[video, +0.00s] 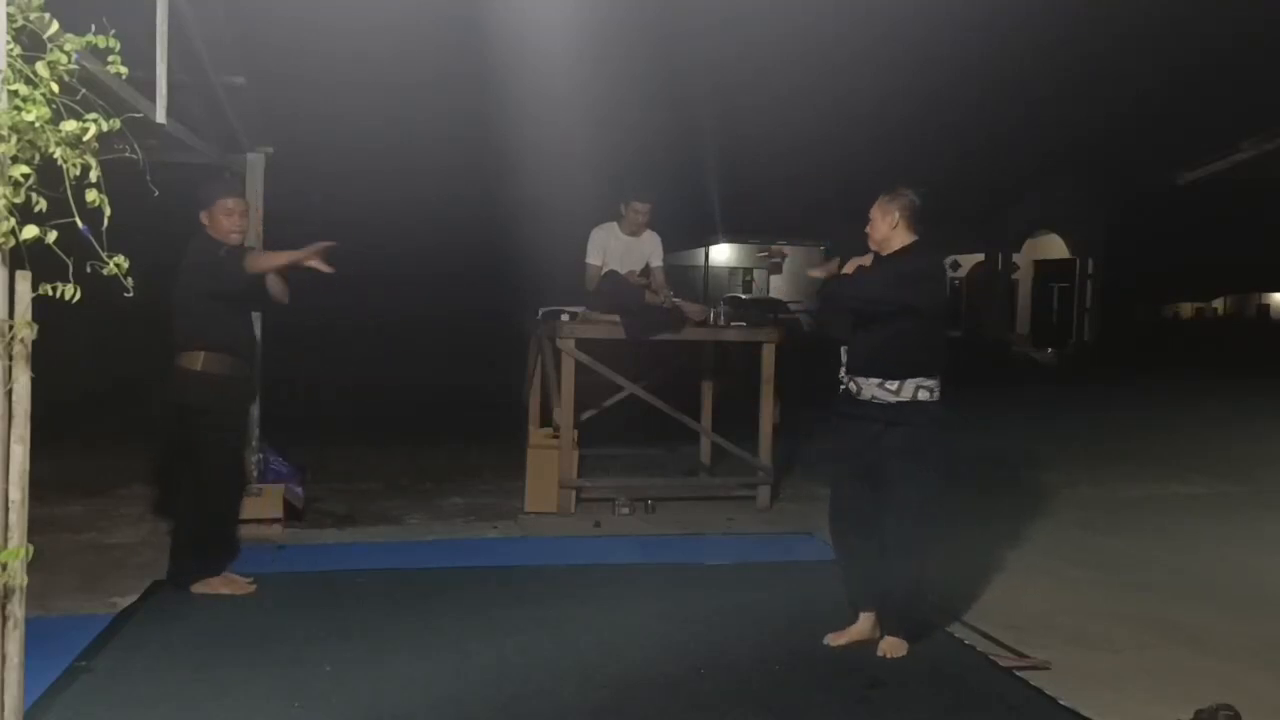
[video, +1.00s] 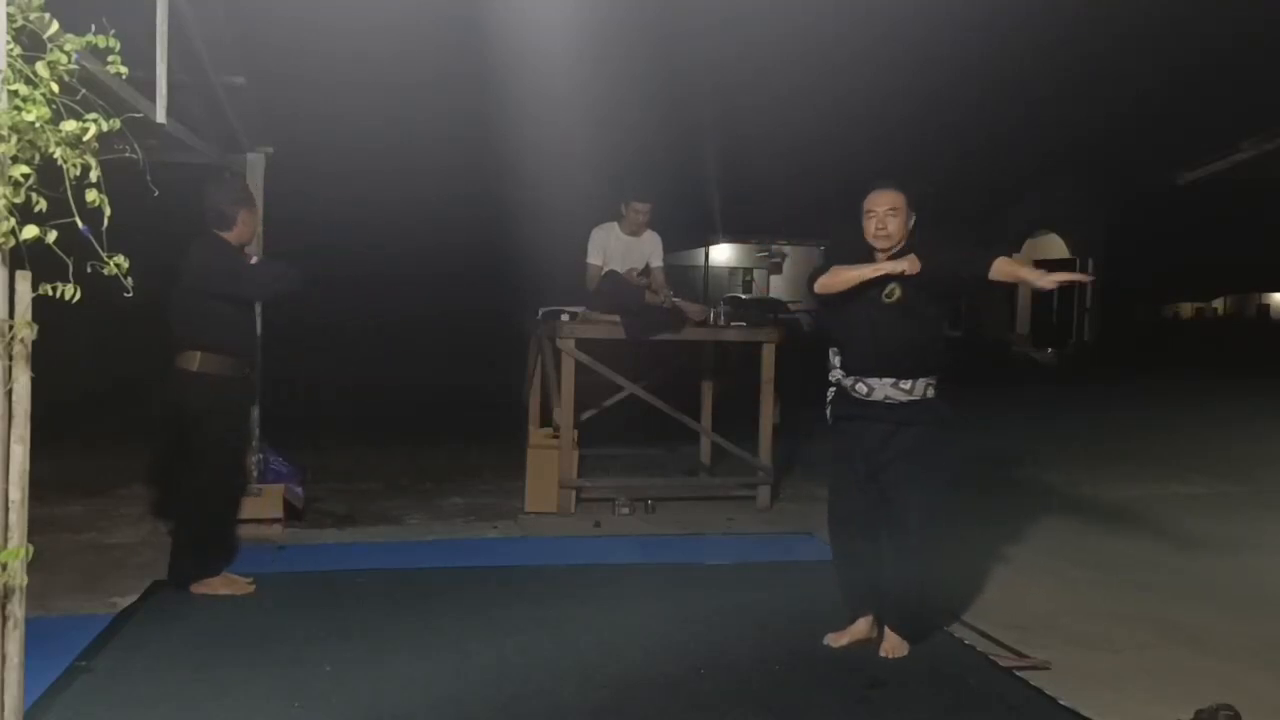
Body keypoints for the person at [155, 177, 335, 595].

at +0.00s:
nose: (238, 221)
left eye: (242, 213)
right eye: (228, 213)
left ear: (247, 218)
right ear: (205, 218)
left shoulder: (230, 262)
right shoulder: (202, 253)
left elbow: (280, 300)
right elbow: (246, 264)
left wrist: (269, 265)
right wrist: (298, 255)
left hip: (224, 383)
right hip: (202, 383)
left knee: (219, 474)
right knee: (210, 475)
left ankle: (208, 566)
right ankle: (200, 572)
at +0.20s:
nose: (242, 220)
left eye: (247, 212)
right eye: (232, 212)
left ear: (251, 216)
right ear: (209, 217)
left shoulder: (232, 263)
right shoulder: (203, 253)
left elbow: (285, 301)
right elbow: (244, 256)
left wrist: (263, 268)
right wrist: (301, 243)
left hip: (224, 385)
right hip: (201, 386)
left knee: (220, 475)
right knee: (212, 476)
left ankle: (208, 567)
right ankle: (199, 572)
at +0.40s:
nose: (248, 222)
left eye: (249, 214)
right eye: (240, 214)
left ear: (230, 218)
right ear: (214, 216)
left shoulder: (225, 259)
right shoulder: (203, 257)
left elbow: (241, 294)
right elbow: (263, 273)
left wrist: (279, 307)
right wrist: (280, 265)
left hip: (219, 383)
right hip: (204, 384)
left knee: (213, 473)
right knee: (213, 474)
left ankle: (198, 568)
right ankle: (200, 572)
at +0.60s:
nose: (253, 222)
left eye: (252, 213)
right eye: (246, 214)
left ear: (226, 216)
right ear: (221, 214)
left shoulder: (215, 257)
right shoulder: (206, 258)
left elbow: (273, 293)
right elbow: (277, 290)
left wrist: (299, 251)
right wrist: (306, 246)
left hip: (216, 382)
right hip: (206, 383)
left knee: (212, 472)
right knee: (212, 473)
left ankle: (201, 567)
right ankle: (203, 572)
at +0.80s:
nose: (253, 222)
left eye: (253, 214)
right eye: (249, 214)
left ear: (225, 216)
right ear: (228, 215)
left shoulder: (207, 254)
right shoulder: (211, 258)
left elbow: (255, 275)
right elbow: (259, 284)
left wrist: (300, 270)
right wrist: (304, 271)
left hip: (209, 382)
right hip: (210, 385)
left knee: (210, 473)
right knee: (214, 475)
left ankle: (199, 567)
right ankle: (203, 572)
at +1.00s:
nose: (256, 223)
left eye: (255, 215)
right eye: (252, 216)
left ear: (221, 217)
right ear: (236, 217)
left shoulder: (210, 254)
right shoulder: (214, 258)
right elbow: (265, 284)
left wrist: (251, 264)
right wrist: (263, 267)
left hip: (214, 383)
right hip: (210, 385)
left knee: (212, 474)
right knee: (216, 476)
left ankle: (202, 567)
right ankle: (202, 572)